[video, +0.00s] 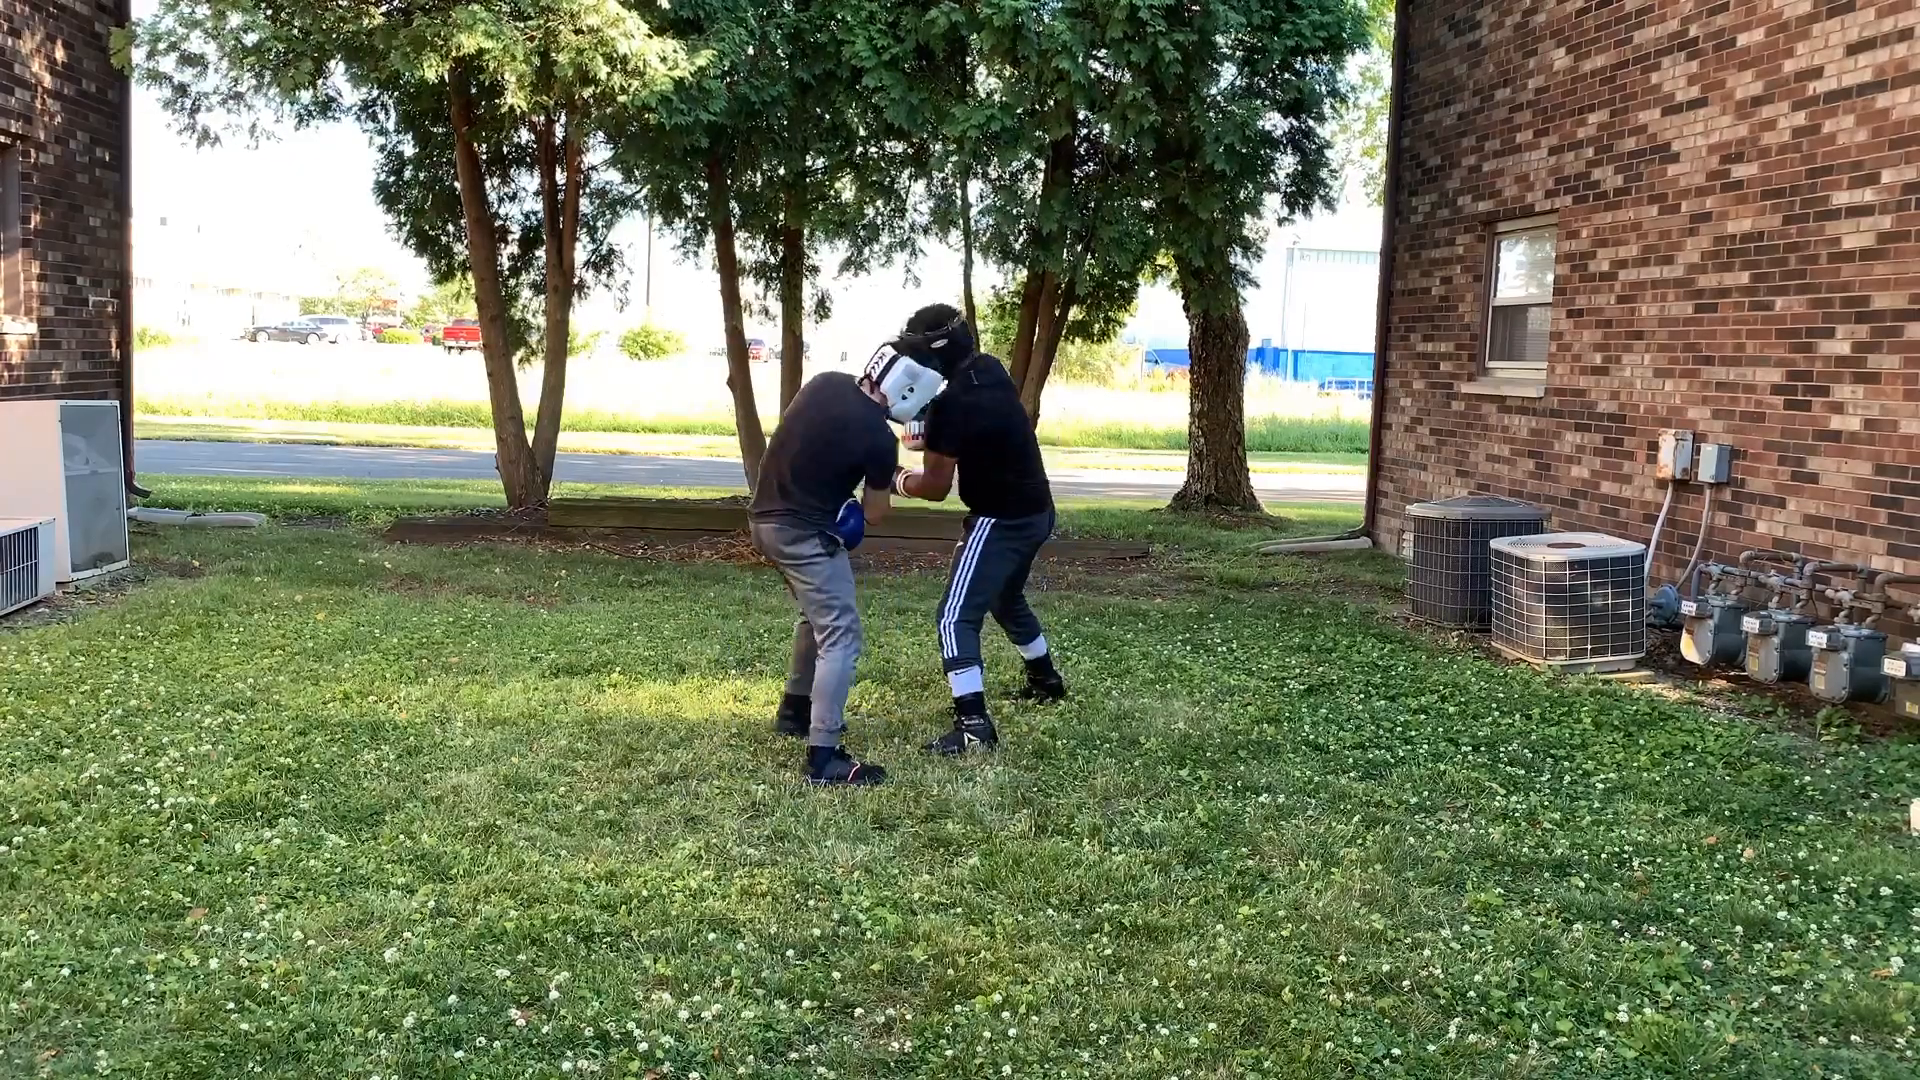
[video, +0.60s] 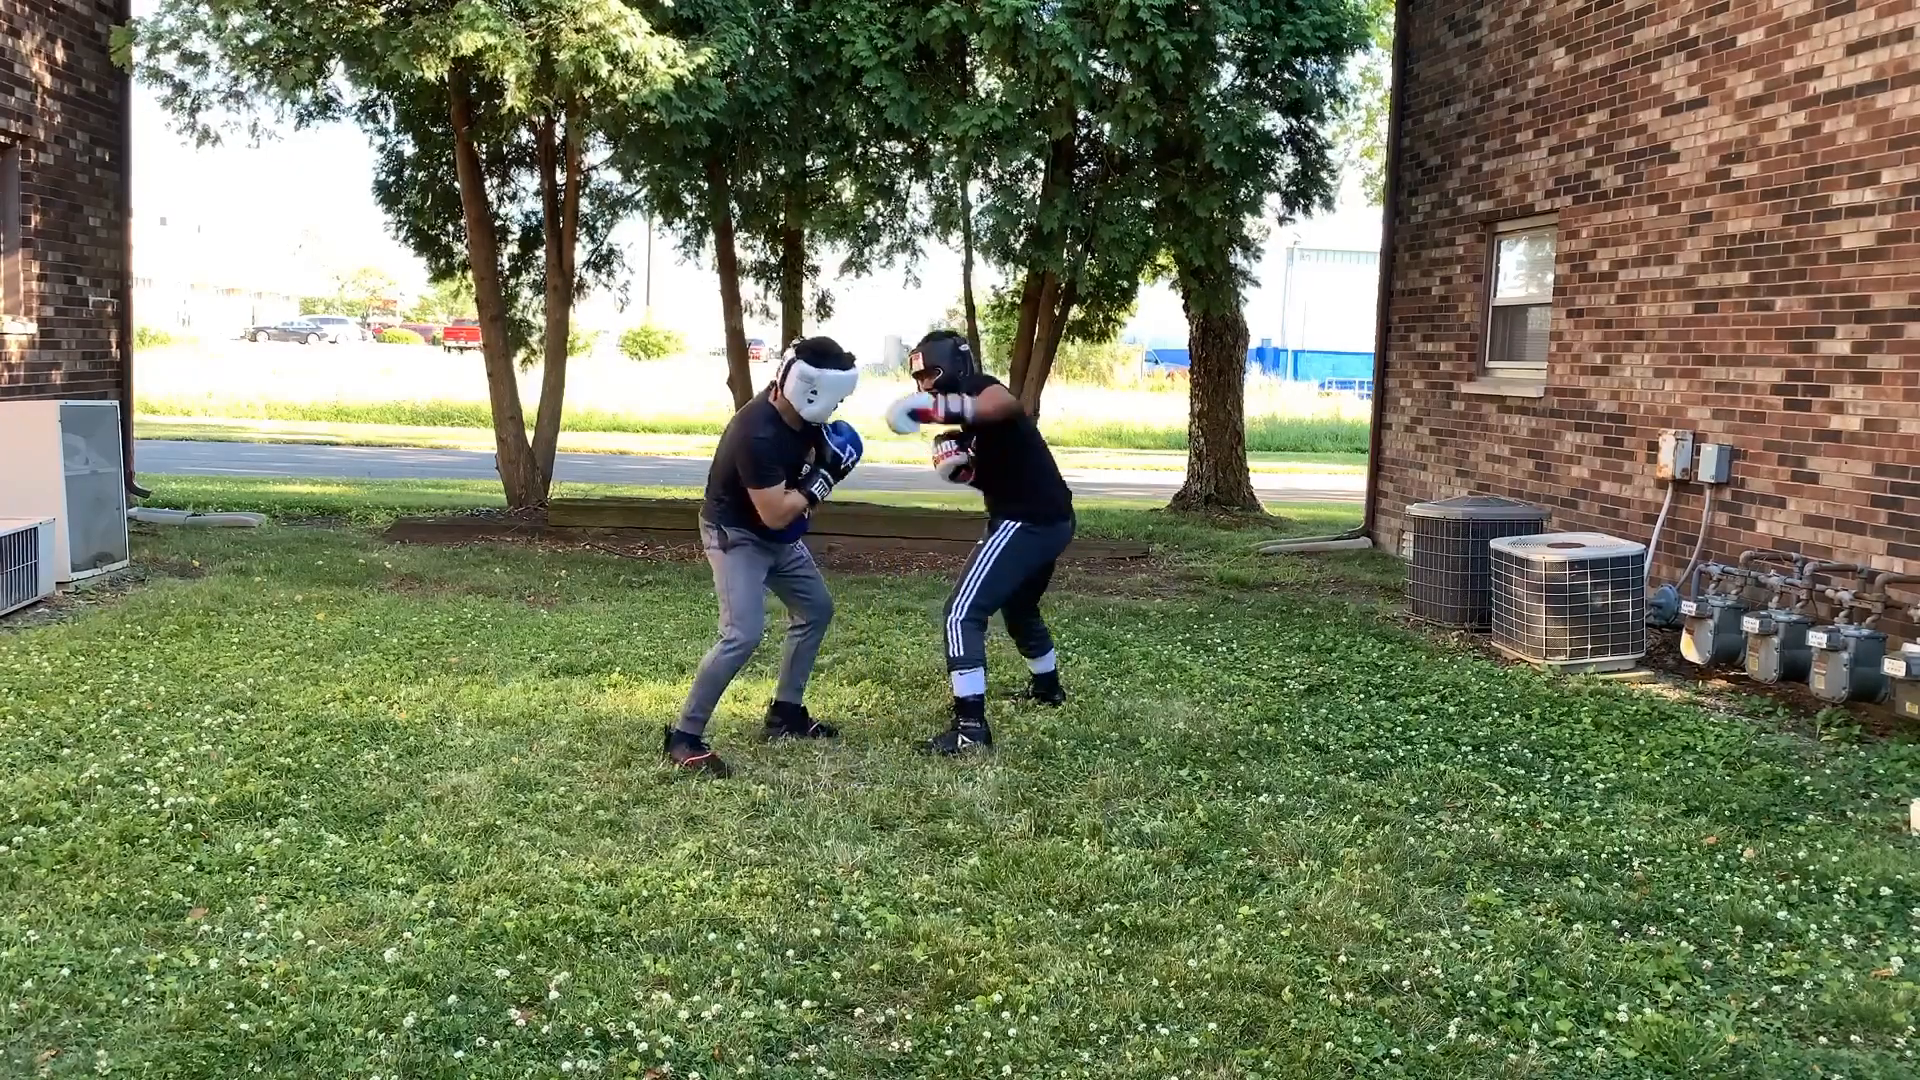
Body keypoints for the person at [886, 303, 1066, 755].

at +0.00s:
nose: (916, 364)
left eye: (919, 356)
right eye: (915, 356)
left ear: (934, 357)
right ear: (965, 342)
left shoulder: (949, 404)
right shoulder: (992, 369)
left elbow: (936, 487)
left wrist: (899, 478)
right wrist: (928, 434)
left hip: (999, 519)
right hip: (1032, 512)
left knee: (955, 616)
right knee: (1006, 602)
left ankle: (973, 724)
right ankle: (1045, 679)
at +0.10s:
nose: (930, 364)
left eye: (931, 354)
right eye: (927, 355)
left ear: (947, 350)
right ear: (970, 343)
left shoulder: (966, 386)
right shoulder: (996, 373)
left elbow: (961, 461)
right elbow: (978, 443)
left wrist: (924, 478)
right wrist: (932, 432)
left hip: (1002, 518)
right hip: (1029, 515)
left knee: (952, 613)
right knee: (1003, 607)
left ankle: (973, 724)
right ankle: (1045, 684)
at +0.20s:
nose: (935, 383)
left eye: (935, 372)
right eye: (931, 374)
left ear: (954, 364)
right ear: (971, 358)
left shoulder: (984, 387)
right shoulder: (992, 389)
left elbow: (1001, 449)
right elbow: (963, 479)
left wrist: (960, 495)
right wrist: (943, 446)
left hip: (1009, 523)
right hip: (1031, 521)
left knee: (947, 614)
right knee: (1000, 608)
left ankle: (971, 722)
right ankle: (1044, 683)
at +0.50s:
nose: (929, 401)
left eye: (931, 391)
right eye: (926, 393)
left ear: (952, 385)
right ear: (958, 385)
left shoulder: (991, 400)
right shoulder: (981, 421)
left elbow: (1037, 432)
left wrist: (986, 465)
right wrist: (962, 470)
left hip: (1025, 524)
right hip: (1030, 525)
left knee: (959, 612)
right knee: (1001, 615)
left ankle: (974, 725)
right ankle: (1045, 687)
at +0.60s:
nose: (922, 384)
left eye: (925, 374)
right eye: (918, 376)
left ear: (946, 367)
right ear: (957, 364)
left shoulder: (978, 383)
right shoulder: (967, 404)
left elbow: (1005, 404)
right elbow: (999, 477)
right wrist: (963, 472)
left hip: (1024, 521)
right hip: (1048, 519)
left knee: (962, 613)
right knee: (1019, 608)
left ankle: (970, 728)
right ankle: (1048, 687)